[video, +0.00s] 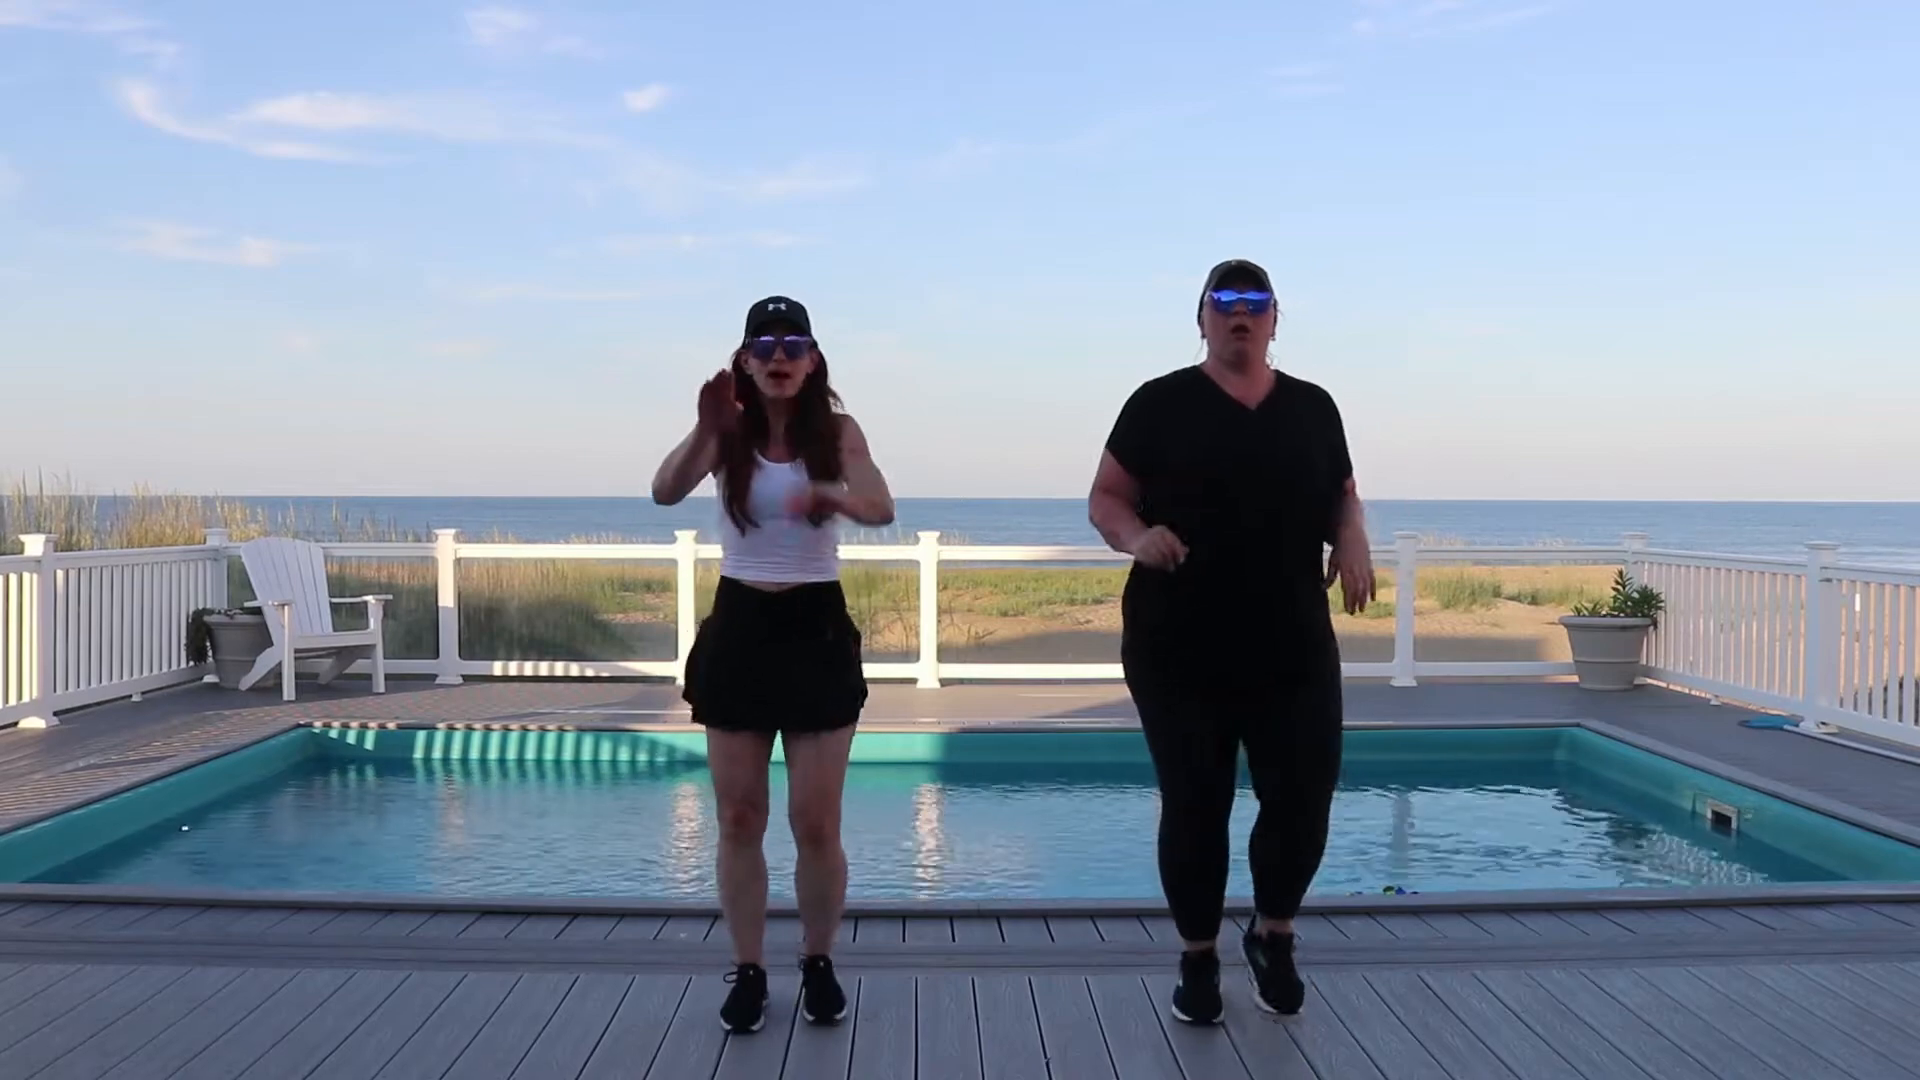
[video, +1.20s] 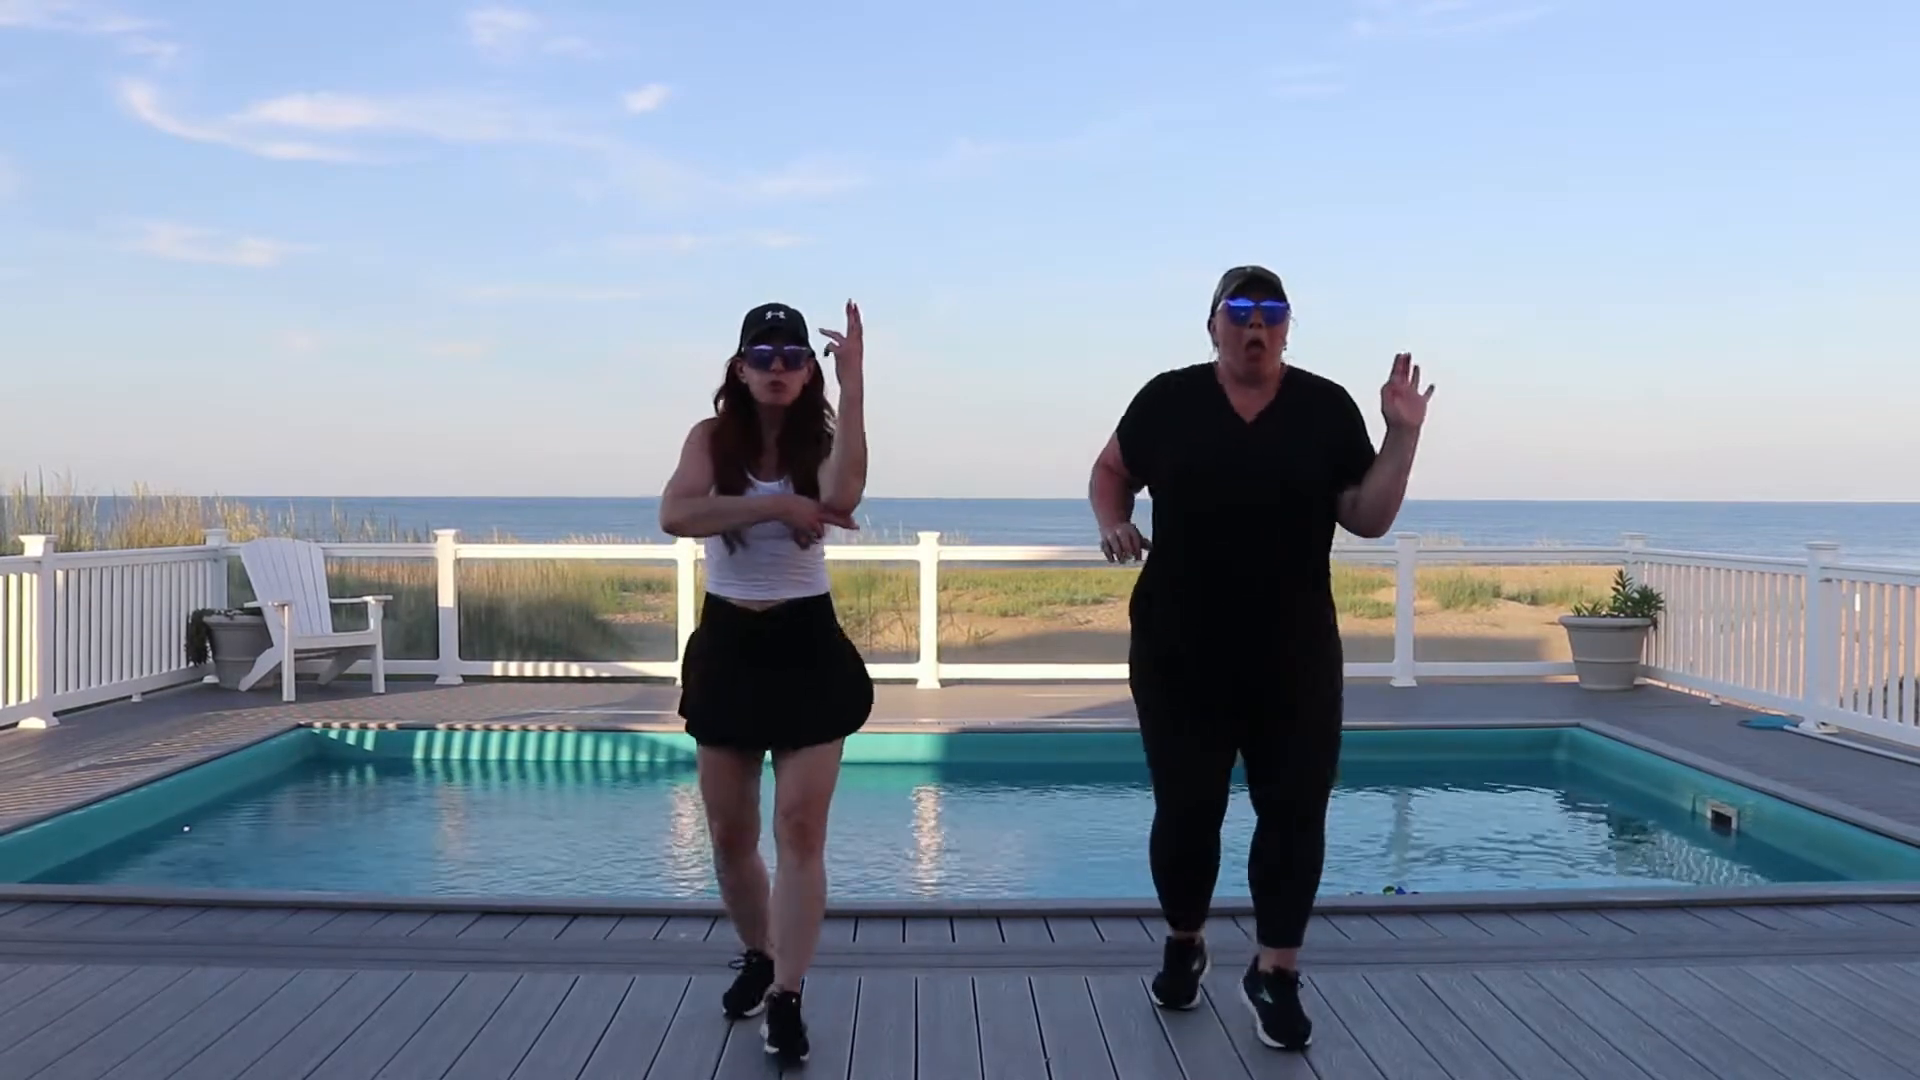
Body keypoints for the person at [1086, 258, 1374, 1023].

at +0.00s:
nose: (1240, 311)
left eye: (1254, 301)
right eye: (1225, 301)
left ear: (1274, 319)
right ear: (1202, 318)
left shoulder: (1313, 408)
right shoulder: (1158, 404)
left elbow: (1342, 496)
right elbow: (1106, 499)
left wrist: (1351, 537)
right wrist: (1135, 535)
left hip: (1289, 634)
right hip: (1180, 638)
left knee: (1303, 794)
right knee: (1195, 798)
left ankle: (1273, 936)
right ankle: (1198, 955)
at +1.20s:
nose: (1257, 327)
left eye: (1271, 316)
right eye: (1241, 315)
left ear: (1288, 327)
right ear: (1214, 325)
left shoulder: (1325, 406)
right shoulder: (1168, 399)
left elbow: (1368, 516)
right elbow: (1111, 472)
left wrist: (1403, 432)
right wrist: (1113, 521)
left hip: (1294, 644)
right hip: (1183, 642)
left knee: (1296, 811)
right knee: (1186, 807)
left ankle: (1278, 971)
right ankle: (1184, 944)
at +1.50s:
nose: (1264, 359)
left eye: (1278, 344)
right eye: (1249, 343)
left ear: (1296, 338)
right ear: (1223, 335)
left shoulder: (1333, 413)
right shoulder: (1176, 417)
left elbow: (1392, 490)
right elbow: (1120, 528)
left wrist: (1431, 527)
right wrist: (1148, 505)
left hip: (1298, 656)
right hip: (1189, 654)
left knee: (1268, 808)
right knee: (1194, 808)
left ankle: (1250, 956)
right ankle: (1192, 958)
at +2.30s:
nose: (1249, 323)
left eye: (1263, 312)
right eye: (1233, 311)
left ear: (1281, 325)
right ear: (1207, 323)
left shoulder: (1326, 407)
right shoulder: (1169, 401)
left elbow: (1409, 464)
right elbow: (1164, 488)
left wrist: (1415, 490)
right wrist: (1251, 516)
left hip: (1295, 651)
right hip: (1184, 651)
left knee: (1302, 808)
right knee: (1198, 813)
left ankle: (1263, 944)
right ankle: (1199, 958)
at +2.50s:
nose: (1260, 316)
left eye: (1273, 306)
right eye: (1244, 306)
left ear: (1291, 324)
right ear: (1218, 323)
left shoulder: (1327, 412)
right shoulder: (1181, 405)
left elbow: (1368, 494)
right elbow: (1167, 508)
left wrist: (1362, 387)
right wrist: (1284, 518)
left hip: (1293, 645)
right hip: (1184, 646)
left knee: (1303, 808)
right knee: (1193, 808)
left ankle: (1324, 978)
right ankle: (1198, 962)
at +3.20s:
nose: (1287, 326)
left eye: (1299, 315)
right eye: (1271, 315)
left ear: (1315, 329)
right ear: (1241, 328)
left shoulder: (1356, 406)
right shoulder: (1206, 402)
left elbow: (1411, 478)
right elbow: (1174, 465)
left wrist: (1349, 507)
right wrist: (1221, 493)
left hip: (1331, 656)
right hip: (1221, 655)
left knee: (1305, 813)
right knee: (1222, 814)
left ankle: (1284, 964)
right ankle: (1219, 970)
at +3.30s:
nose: (1286, 329)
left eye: (1299, 319)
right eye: (1270, 318)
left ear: (1315, 332)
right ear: (1239, 330)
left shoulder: (1356, 411)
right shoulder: (1203, 411)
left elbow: (1402, 503)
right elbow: (1193, 493)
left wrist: (1302, 526)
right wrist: (1242, 402)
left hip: (1331, 659)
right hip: (1225, 658)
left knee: (1308, 815)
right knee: (1232, 818)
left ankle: (1284, 959)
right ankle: (1220, 989)